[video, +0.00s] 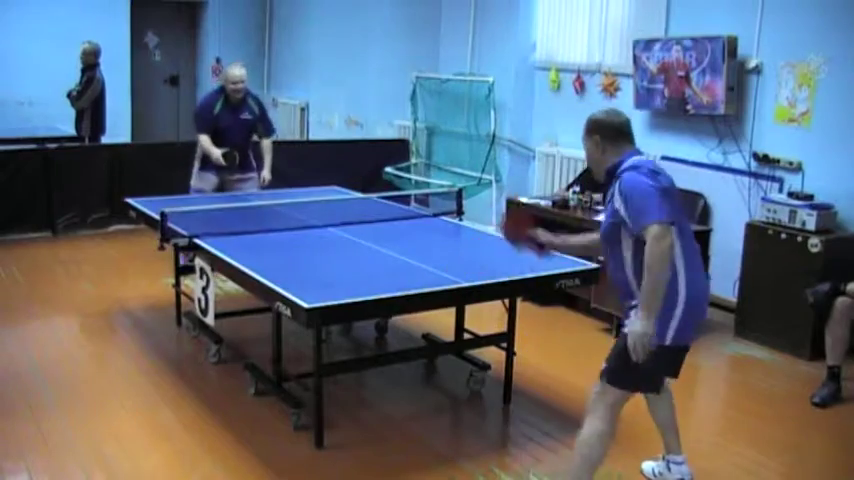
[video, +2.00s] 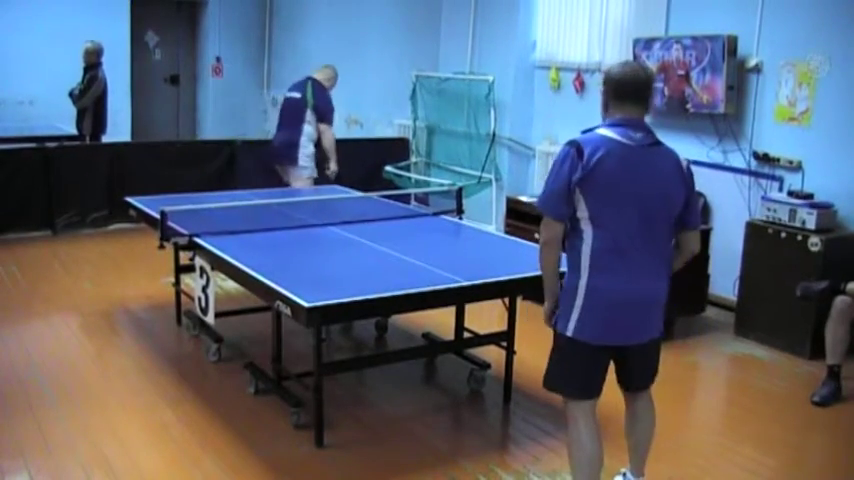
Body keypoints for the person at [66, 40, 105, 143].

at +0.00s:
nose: (82, 57)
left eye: (86, 54)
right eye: (82, 54)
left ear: (94, 56)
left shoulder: (94, 77)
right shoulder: (86, 74)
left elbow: (80, 103)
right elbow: (76, 89)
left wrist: (72, 94)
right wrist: (74, 94)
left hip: (91, 129)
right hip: (84, 128)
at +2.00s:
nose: (85, 57)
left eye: (89, 53)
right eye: (85, 53)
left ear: (97, 56)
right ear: (83, 54)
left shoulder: (96, 76)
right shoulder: (88, 73)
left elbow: (82, 102)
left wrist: (74, 92)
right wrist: (76, 93)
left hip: (93, 127)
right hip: (85, 126)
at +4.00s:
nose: (84, 56)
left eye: (88, 53)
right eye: (84, 52)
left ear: (95, 55)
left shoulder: (95, 76)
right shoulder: (88, 73)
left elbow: (81, 102)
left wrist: (73, 92)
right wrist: (75, 93)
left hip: (91, 128)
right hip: (85, 127)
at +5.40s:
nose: (83, 56)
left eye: (87, 53)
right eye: (83, 53)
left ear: (95, 56)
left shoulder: (95, 76)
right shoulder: (87, 73)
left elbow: (80, 102)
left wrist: (72, 92)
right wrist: (75, 93)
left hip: (91, 128)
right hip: (84, 127)